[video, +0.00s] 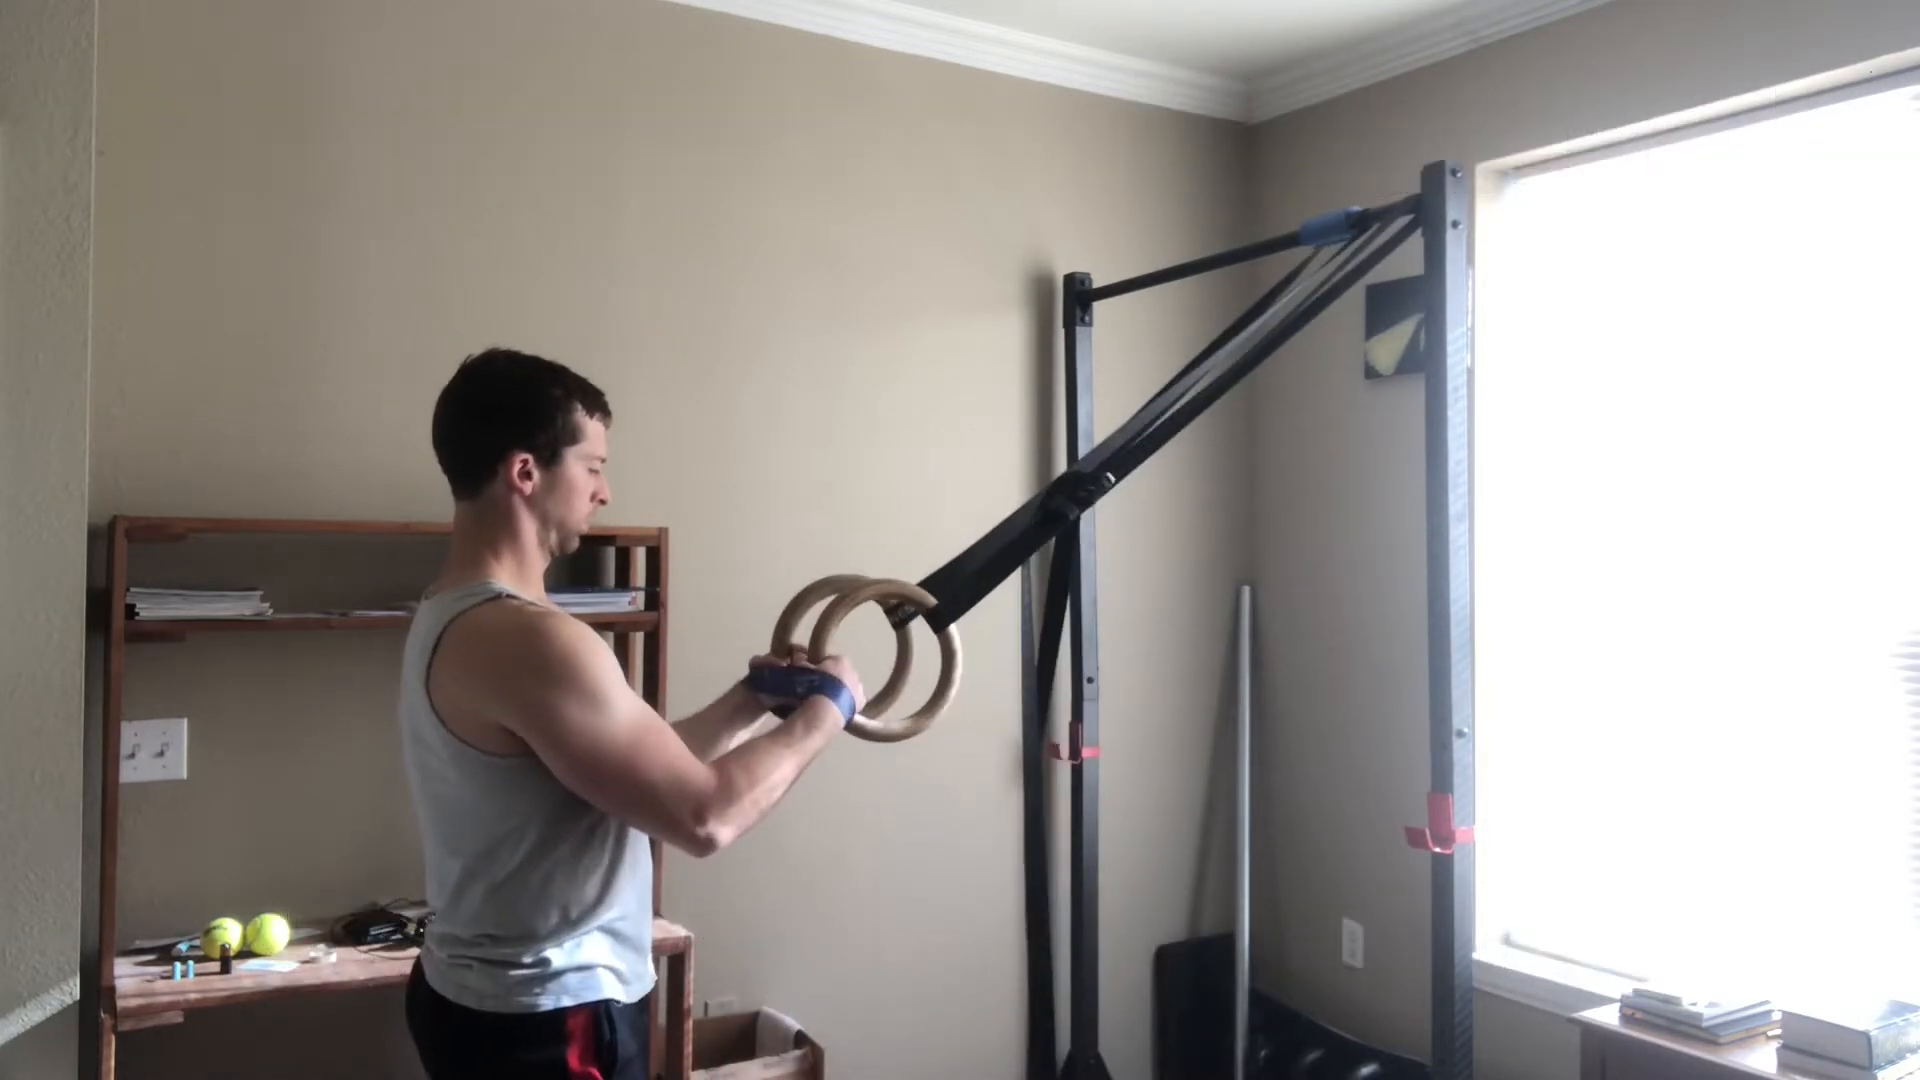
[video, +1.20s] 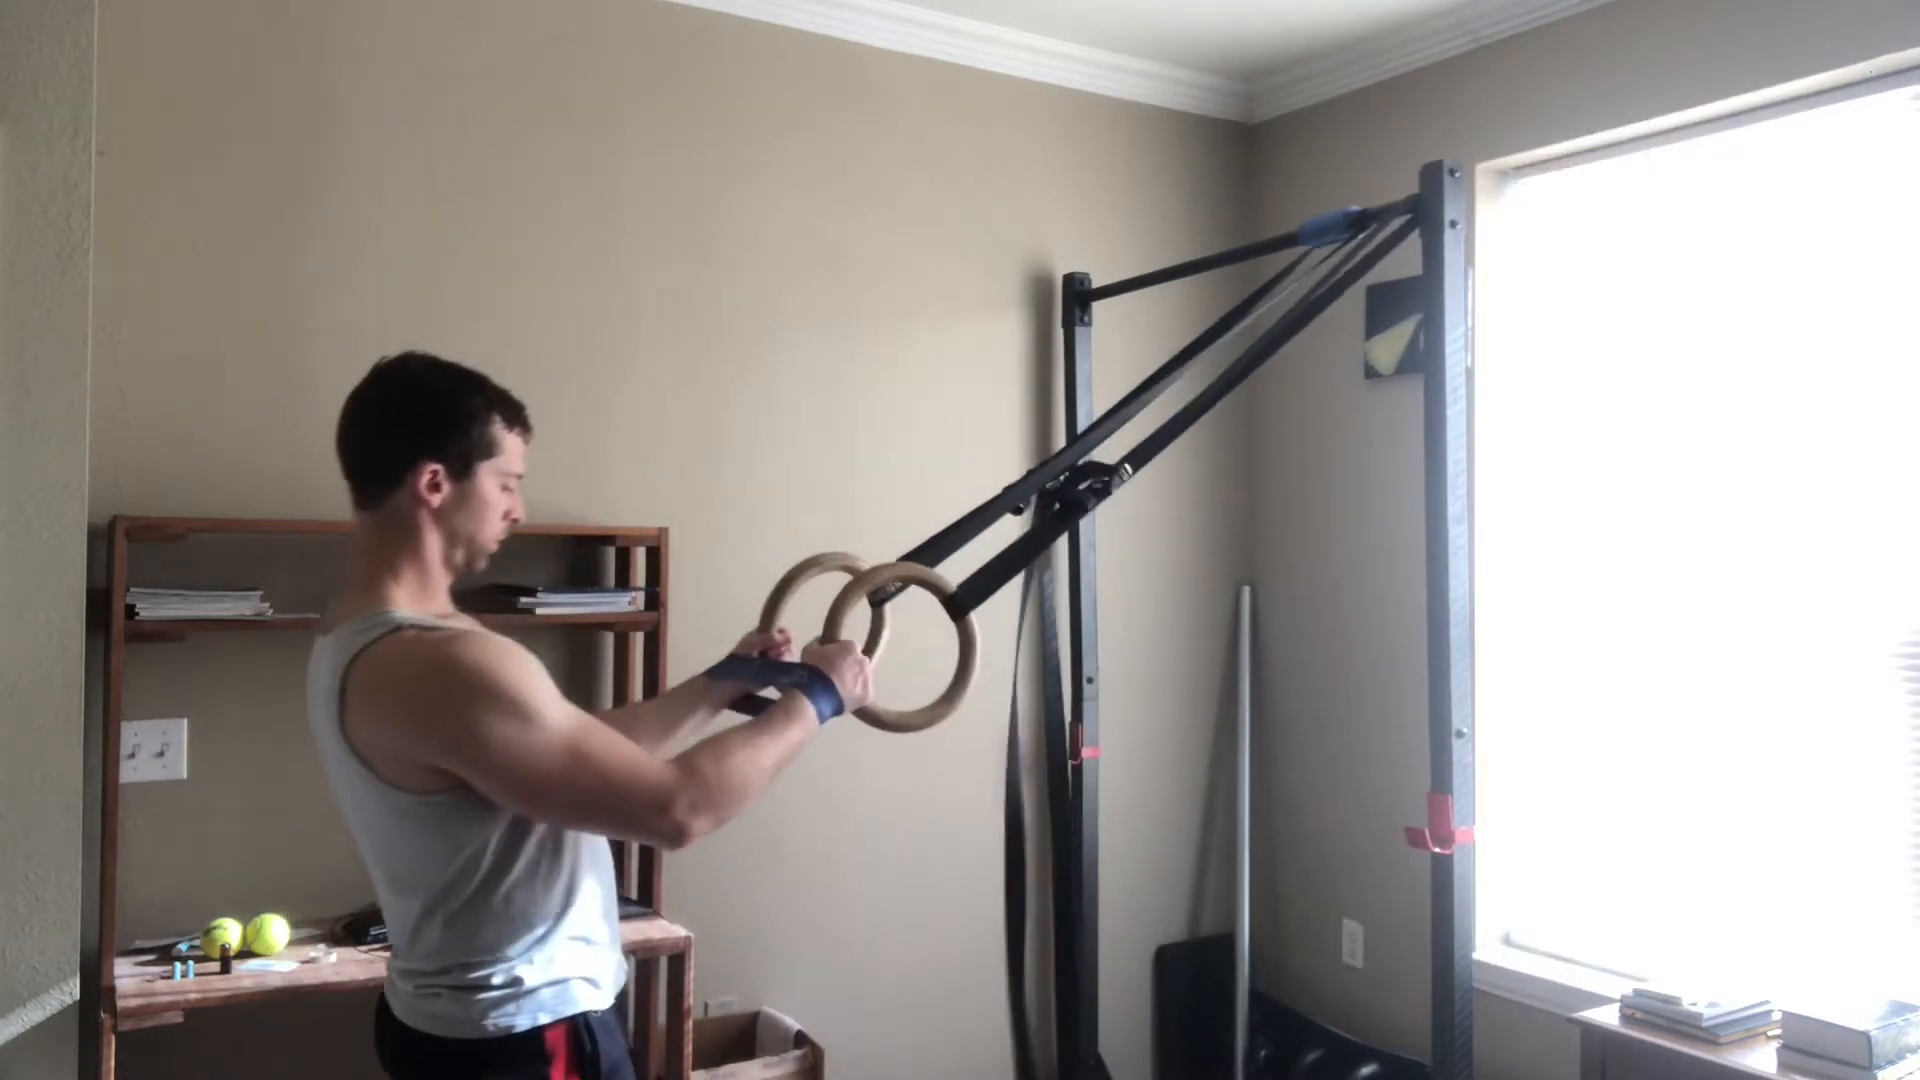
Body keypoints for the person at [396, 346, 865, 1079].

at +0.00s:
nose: (604, 492)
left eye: (601, 470)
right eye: (591, 468)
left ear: (521, 477)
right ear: (524, 473)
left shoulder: (452, 617)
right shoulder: (531, 642)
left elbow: (623, 773)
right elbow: (705, 817)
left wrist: (750, 699)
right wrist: (825, 712)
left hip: (483, 1004)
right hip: (552, 1024)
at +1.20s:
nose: (518, 512)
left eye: (518, 486)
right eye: (506, 484)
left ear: (429, 489)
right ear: (432, 487)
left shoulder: (360, 641)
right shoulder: (448, 667)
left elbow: (577, 754)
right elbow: (677, 807)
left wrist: (727, 681)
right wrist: (816, 698)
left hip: (448, 1028)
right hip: (528, 1043)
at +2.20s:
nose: (272, 607)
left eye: (250, 584)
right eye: (237, 595)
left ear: (166, 660)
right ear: (165, 656)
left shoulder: (222, 785)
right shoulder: (297, 805)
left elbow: (516, 735)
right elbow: (575, 733)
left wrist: (694, 651)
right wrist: (755, 640)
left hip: (489, 1054)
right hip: (544, 1067)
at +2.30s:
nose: (258, 619)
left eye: (238, 599)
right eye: (225, 611)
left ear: (153, 679)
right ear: (152, 676)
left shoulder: (224, 788)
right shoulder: (299, 813)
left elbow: (510, 737)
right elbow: (580, 748)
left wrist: (693, 664)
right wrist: (764, 662)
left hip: (473, 1058)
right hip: (538, 1071)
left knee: (775, 1023)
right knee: (793, 1048)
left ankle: (735, 1043)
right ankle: (731, 1044)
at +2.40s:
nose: (254, 633)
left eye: (233, 612)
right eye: (220, 625)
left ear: (149, 694)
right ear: (148, 691)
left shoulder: (220, 798)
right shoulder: (302, 827)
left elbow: (516, 740)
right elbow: (582, 755)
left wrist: (704, 663)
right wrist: (765, 658)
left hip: (480, 1052)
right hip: (544, 1067)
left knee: (765, 1024)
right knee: (793, 1051)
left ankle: (715, 1044)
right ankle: (708, 1048)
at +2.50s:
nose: (261, 651)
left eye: (239, 631)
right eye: (227, 643)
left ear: (156, 711)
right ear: (155, 708)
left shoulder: (237, 820)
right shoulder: (305, 838)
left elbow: (518, 743)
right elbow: (574, 754)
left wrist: (711, 651)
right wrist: (763, 648)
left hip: (543, 1042)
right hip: (569, 1059)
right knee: (794, 1037)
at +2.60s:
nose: (269, 663)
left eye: (246, 643)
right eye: (235, 657)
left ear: (172, 731)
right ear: (171, 727)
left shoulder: (260, 831)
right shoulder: (325, 852)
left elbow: (522, 760)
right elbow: (592, 762)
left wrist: (718, 661)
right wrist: (768, 654)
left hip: (581, 1039)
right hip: (595, 1060)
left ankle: (720, 1052)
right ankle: (749, 1051)